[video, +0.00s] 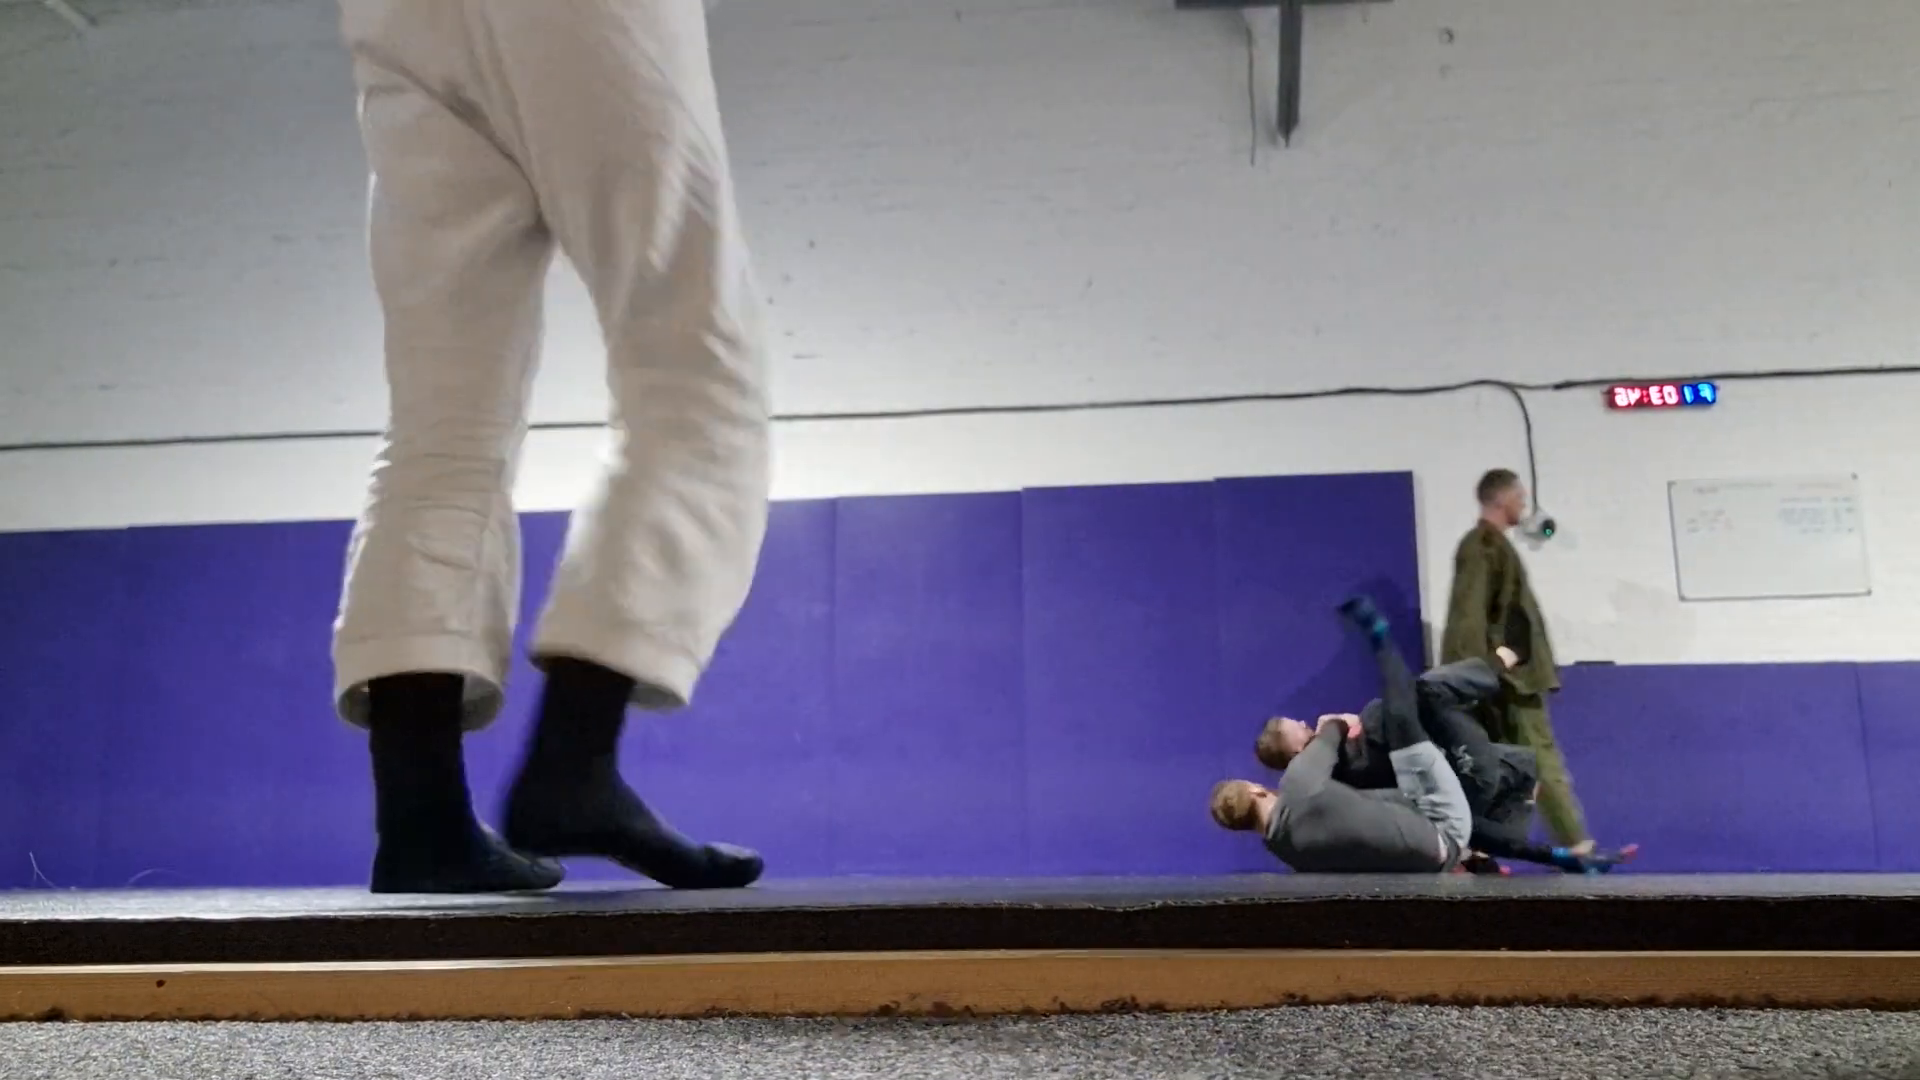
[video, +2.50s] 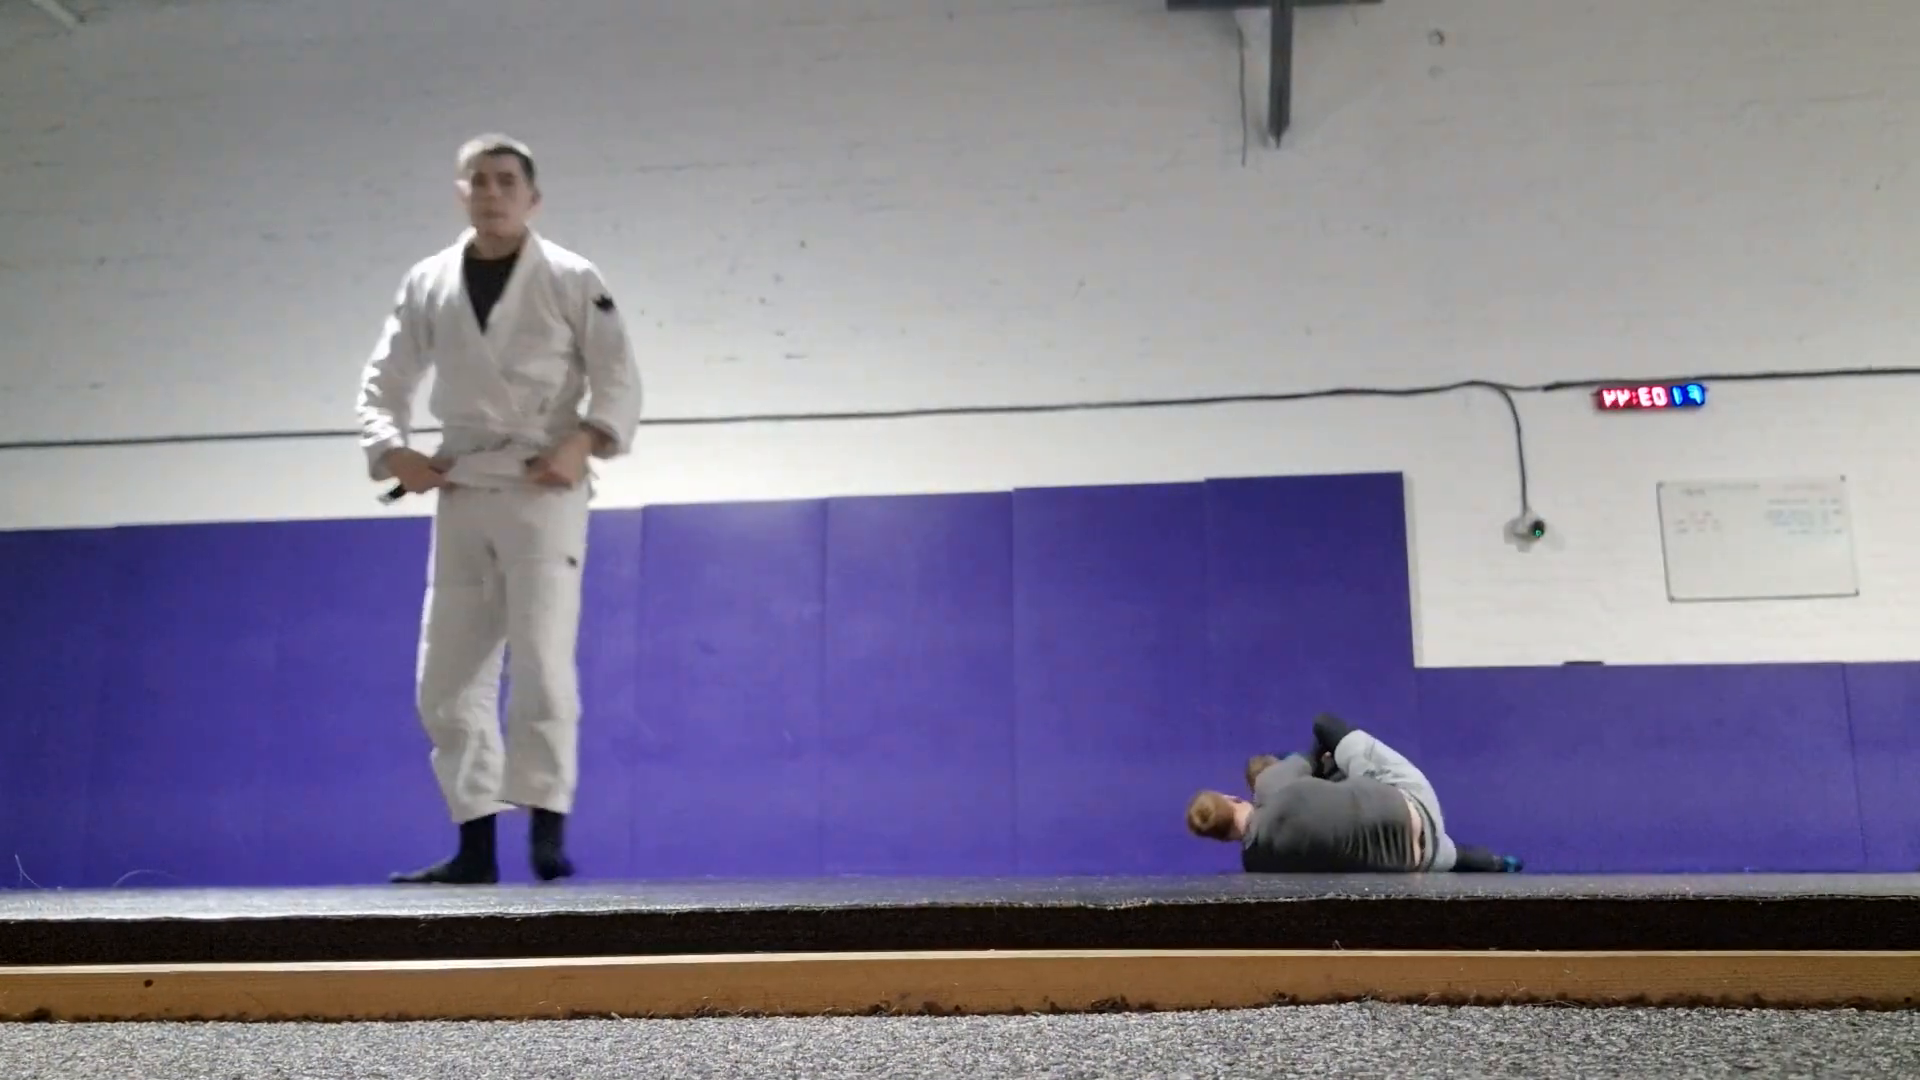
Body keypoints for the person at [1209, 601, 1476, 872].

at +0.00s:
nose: (1259, 784)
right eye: (1253, 784)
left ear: (1240, 827)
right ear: (1257, 789)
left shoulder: (1290, 853)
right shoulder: (1298, 784)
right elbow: (1329, 727)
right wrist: (1332, 721)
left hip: (1437, 862)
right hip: (1447, 833)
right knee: (1400, 719)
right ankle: (1381, 637)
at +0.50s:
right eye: (1227, 799)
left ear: (1219, 843)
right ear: (1229, 801)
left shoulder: (1262, 860)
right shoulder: (1263, 784)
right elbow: (1305, 747)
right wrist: (1318, 747)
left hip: (1424, 865)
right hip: (1418, 812)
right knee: (1370, 718)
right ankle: (1442, 778)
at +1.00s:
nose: (1218, 798)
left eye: (1211, 828)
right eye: (1220, 795)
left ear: (1218, 843)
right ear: (1230, 794)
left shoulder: (1258, 862)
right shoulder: (1261, 778)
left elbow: (1315, 866)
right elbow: (1303, 751)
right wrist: (1281, 761)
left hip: (1407, 861)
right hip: (1407, 805)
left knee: (1459, 859)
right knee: (1320, 729)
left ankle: (1535, 861)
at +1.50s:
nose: (1257, 769)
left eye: (1221, 829)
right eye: (1250, 775)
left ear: (1226, 840)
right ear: (1242, 792)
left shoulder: (1265, 863)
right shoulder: (1273, 779)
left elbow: (1323, 861)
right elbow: (1317, 758)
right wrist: (1322, 755)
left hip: (1418, 861)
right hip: (1419, 809)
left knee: (1451, 858)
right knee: (1355, 738)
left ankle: (1533, 859)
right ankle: (1314, 734)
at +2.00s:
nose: (1255, 773)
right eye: (1247, 777)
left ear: (1219, 840)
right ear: (1234, 794)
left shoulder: (1259, 862)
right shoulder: (1267, 783)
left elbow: (1319, 865)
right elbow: (1304, 757)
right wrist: (1302, 771)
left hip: (1413, 863)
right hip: (1407, 808)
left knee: (1459, 856)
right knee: (1320, 730)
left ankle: (1539, 861)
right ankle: (1321, 776)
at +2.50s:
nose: (1231, 792)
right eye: (1229, 793)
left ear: (1219, 839)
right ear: (1233, 798)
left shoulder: (1257, 866)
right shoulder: (1274, 784)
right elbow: (1305, 762)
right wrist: (1269, 769)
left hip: (1421, 861)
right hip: (1417, 810)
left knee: (1454, 854)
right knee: (1330, 726)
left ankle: (1501, 864)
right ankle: (1327, 770)